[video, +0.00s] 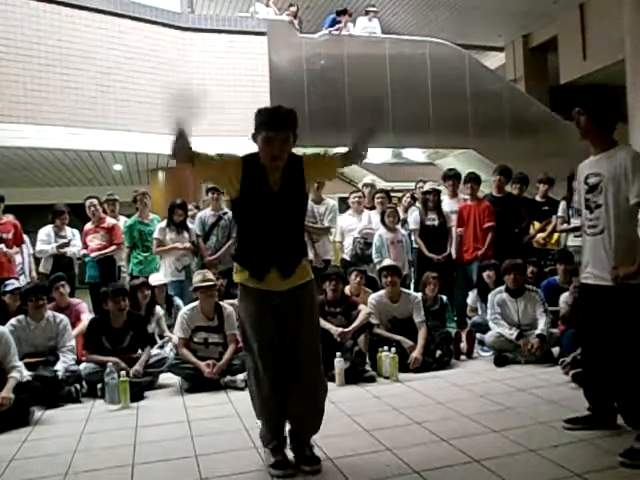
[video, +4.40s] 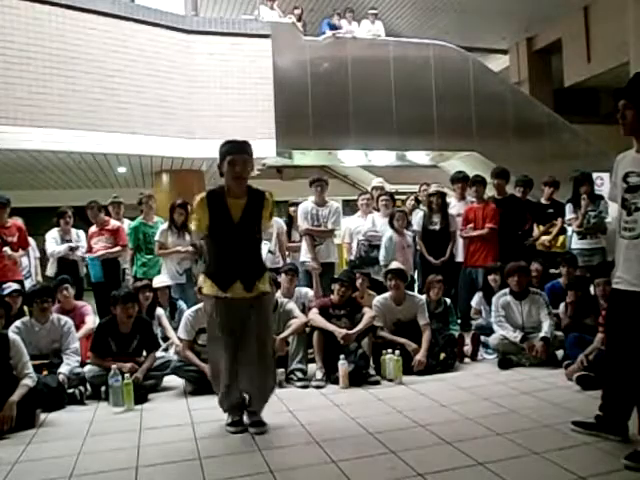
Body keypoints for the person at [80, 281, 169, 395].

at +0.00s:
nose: (122, 305)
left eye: (124, 300)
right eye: (116, 301)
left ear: (128, 301)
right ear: (106, 305)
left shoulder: (137, 320)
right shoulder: (96, 323)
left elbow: (148, 346)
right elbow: (88, 355)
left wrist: (140, 365)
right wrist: (115, 361)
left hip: (133, 362)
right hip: (107, 365)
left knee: (163, 357)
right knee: (86, 369)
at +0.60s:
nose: (131, 311)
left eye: (134, 307)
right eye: (126, 307)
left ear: (138, 307)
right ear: (115, 309)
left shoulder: (143, 322)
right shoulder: (104, 324)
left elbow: (149, 350)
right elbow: (92, 356)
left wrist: (139, 367)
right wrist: (119, 366)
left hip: (134, 363)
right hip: (109, 364)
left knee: (163, 358)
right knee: (85, 369)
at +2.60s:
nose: (130, 310)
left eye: (133, 306)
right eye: (124, 307)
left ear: (138, 308)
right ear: (114, 310)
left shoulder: (144, 324)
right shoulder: (104, 327)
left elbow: (153, 352)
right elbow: (94, 359)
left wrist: (141, 372)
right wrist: (119, 366)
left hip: (137, 365)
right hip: (112, 367)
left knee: (168, 361)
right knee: (89, 372)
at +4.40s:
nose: (130, 311)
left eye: (133, 307)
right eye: (125, 307)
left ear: (137, 308)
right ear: (114, 310)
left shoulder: (143, 324)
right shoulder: (104, 327)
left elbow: (153, 352)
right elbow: (94, 359)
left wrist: (141, 372)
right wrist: (120, 366)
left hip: (137, 365)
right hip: (111, 367)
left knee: (167, 361)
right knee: (89, 371)